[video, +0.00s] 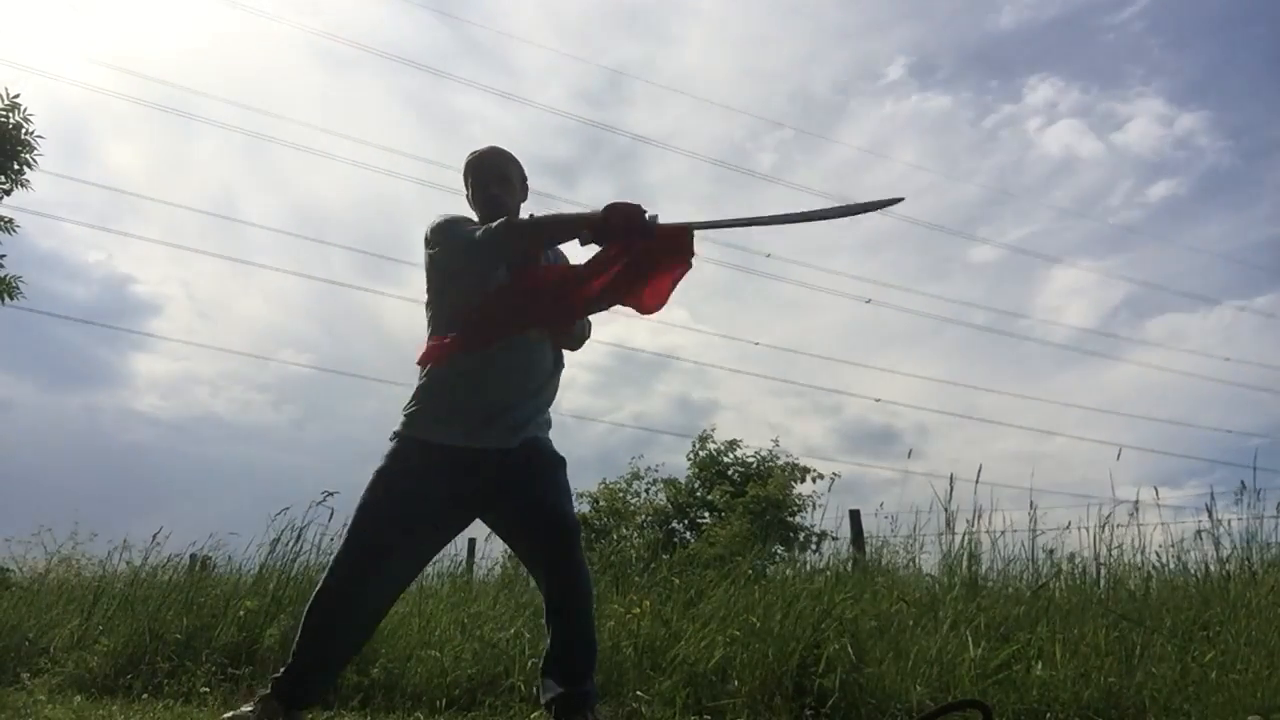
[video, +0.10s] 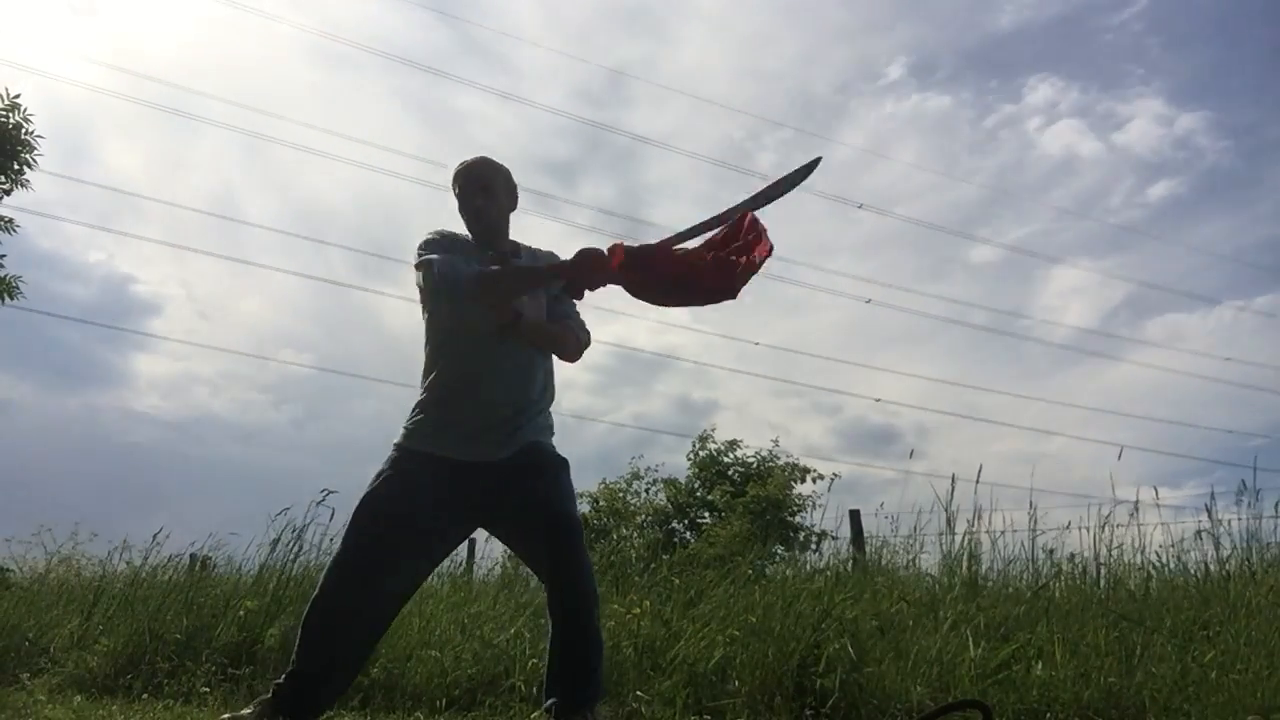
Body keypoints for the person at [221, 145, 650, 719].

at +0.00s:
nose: (489, 191)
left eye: (501, 182)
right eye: (478, 183)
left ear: (524, 191)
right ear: (466, 194)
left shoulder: (547, 255)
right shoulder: (451, 235)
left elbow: (576, 337)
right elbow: (510, 235)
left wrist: (545, 293)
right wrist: (591, 224)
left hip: (522, 449)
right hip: (436, 443)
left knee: (568, 575)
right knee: (361, 570)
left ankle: (574, 701)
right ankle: (289, 698)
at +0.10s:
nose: (475, 202)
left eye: (486, 192)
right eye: (465, 194)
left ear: (513, 200)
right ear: (457, 205)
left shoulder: (547, 270)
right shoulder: (442, 248)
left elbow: (575, 345)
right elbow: (464, 286)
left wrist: (527, 325)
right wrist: (563, 273)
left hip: (522, 453)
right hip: (436, 449)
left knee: (573, 579)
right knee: (356, 580)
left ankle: (574, 706)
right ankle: (292, 705)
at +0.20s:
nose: (445, 213)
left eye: (457, 200)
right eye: (439, 207)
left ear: (492, 203)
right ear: (438, 217)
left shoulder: (537, 268)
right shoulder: (427, 270)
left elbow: (555, 343)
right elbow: (396, 331)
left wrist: (482, 347)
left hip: (514, 456)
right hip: (432, 452)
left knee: (554, 568)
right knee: (352, 564)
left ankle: (574, 706)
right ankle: (288, 702)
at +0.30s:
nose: (422, 218)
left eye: (431, 203)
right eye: (416, 209)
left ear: (467, 201)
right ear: (415, 219)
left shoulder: (516, 258)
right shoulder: (417, 278)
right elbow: (359, 324)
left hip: (501, 453)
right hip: (429, 448)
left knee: (529, 573)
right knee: (343, 557)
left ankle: (573, 704)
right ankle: (288, 702)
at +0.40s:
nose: (400, 220)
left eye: (408, 206)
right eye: (394, 213)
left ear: (447, 200)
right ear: (398, 221)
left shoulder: (490, 248)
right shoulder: (401, 273)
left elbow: (461, 323)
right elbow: (332, 298)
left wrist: (388, 316)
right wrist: (274, 348)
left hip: (485, 452)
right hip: (413, 456)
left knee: (518, 569)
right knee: (335, 557)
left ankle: (584, 706)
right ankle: (286, 697)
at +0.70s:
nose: (347, 259)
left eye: (355, 246)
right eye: (345, 250)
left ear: (393, 242)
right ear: (366, 256)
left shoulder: (424, 290)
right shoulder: (372, 305)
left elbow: (387, 380)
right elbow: (303, 299)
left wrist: (345, 350)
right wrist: (217, 299)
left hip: (442, 495)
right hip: (388, 497)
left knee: (499, 601)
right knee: (287, 555)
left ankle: (604, 702)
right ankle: (263, 700)